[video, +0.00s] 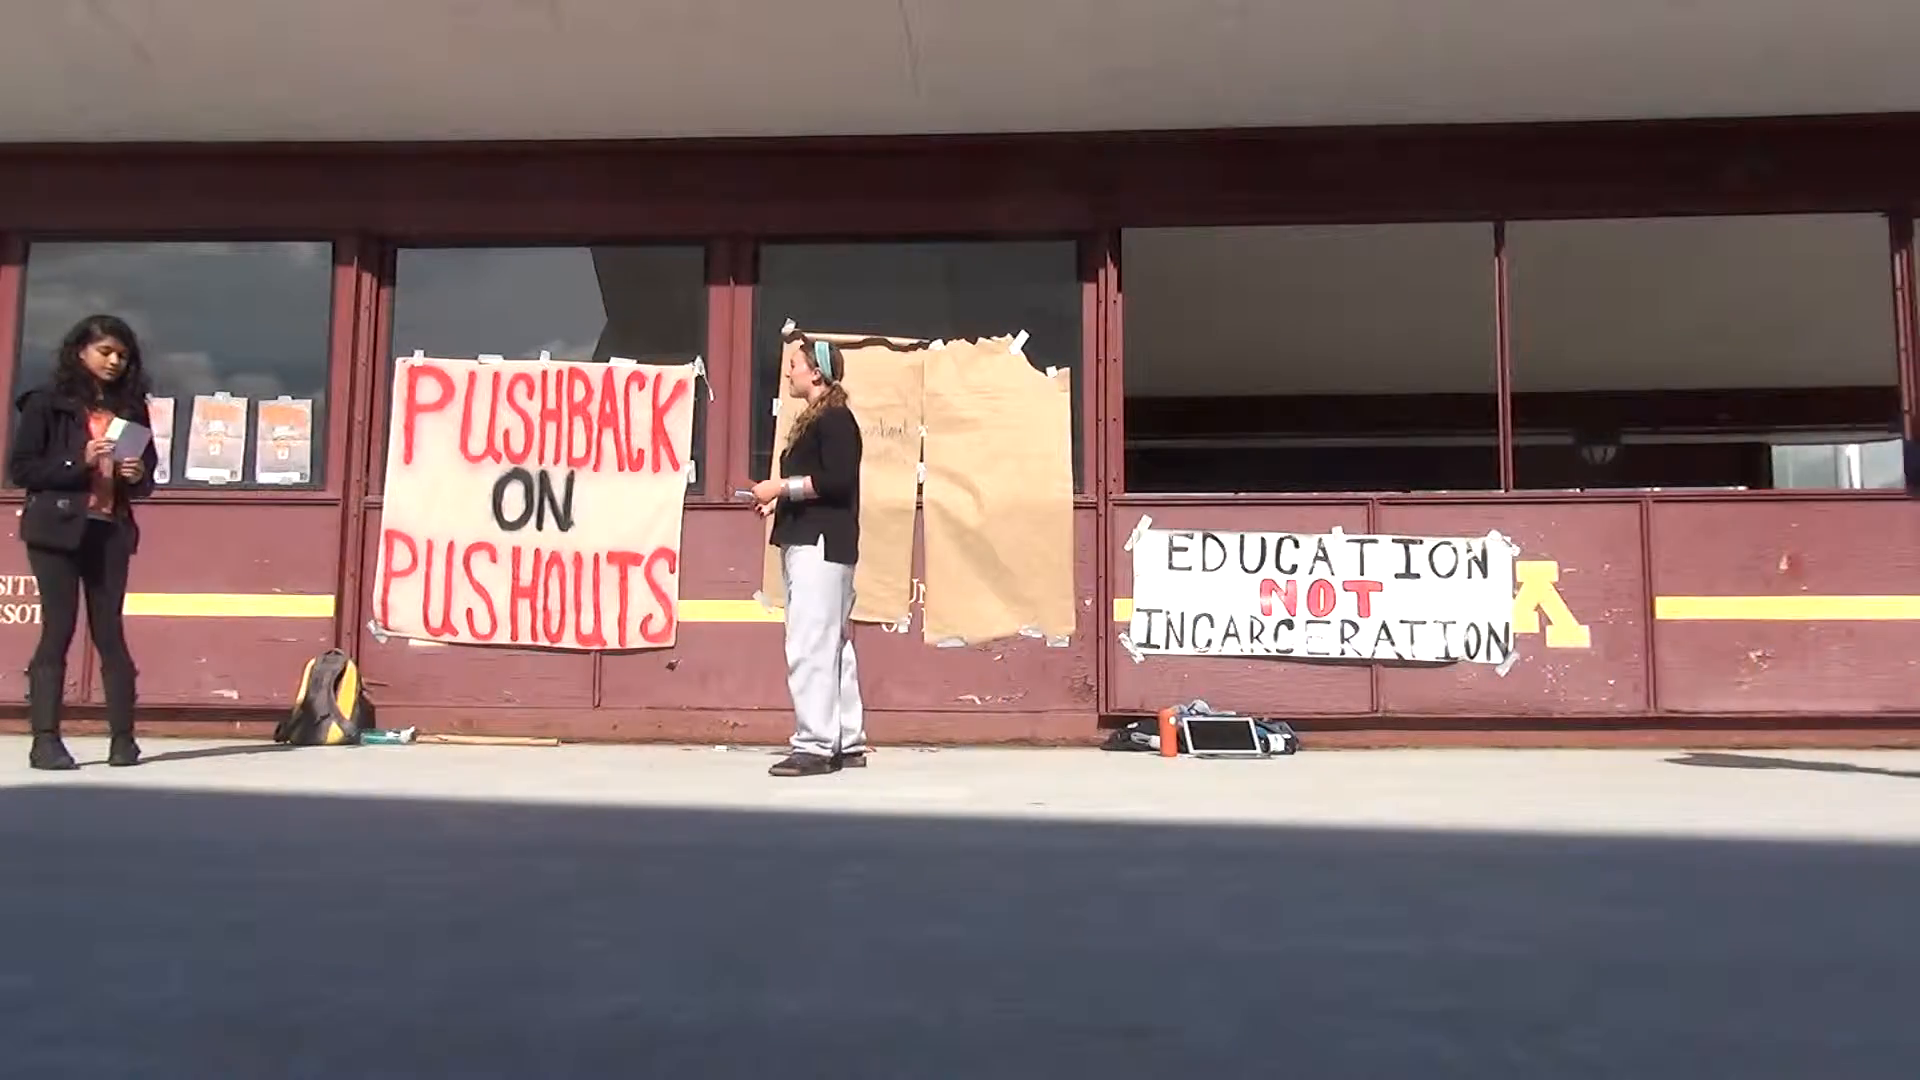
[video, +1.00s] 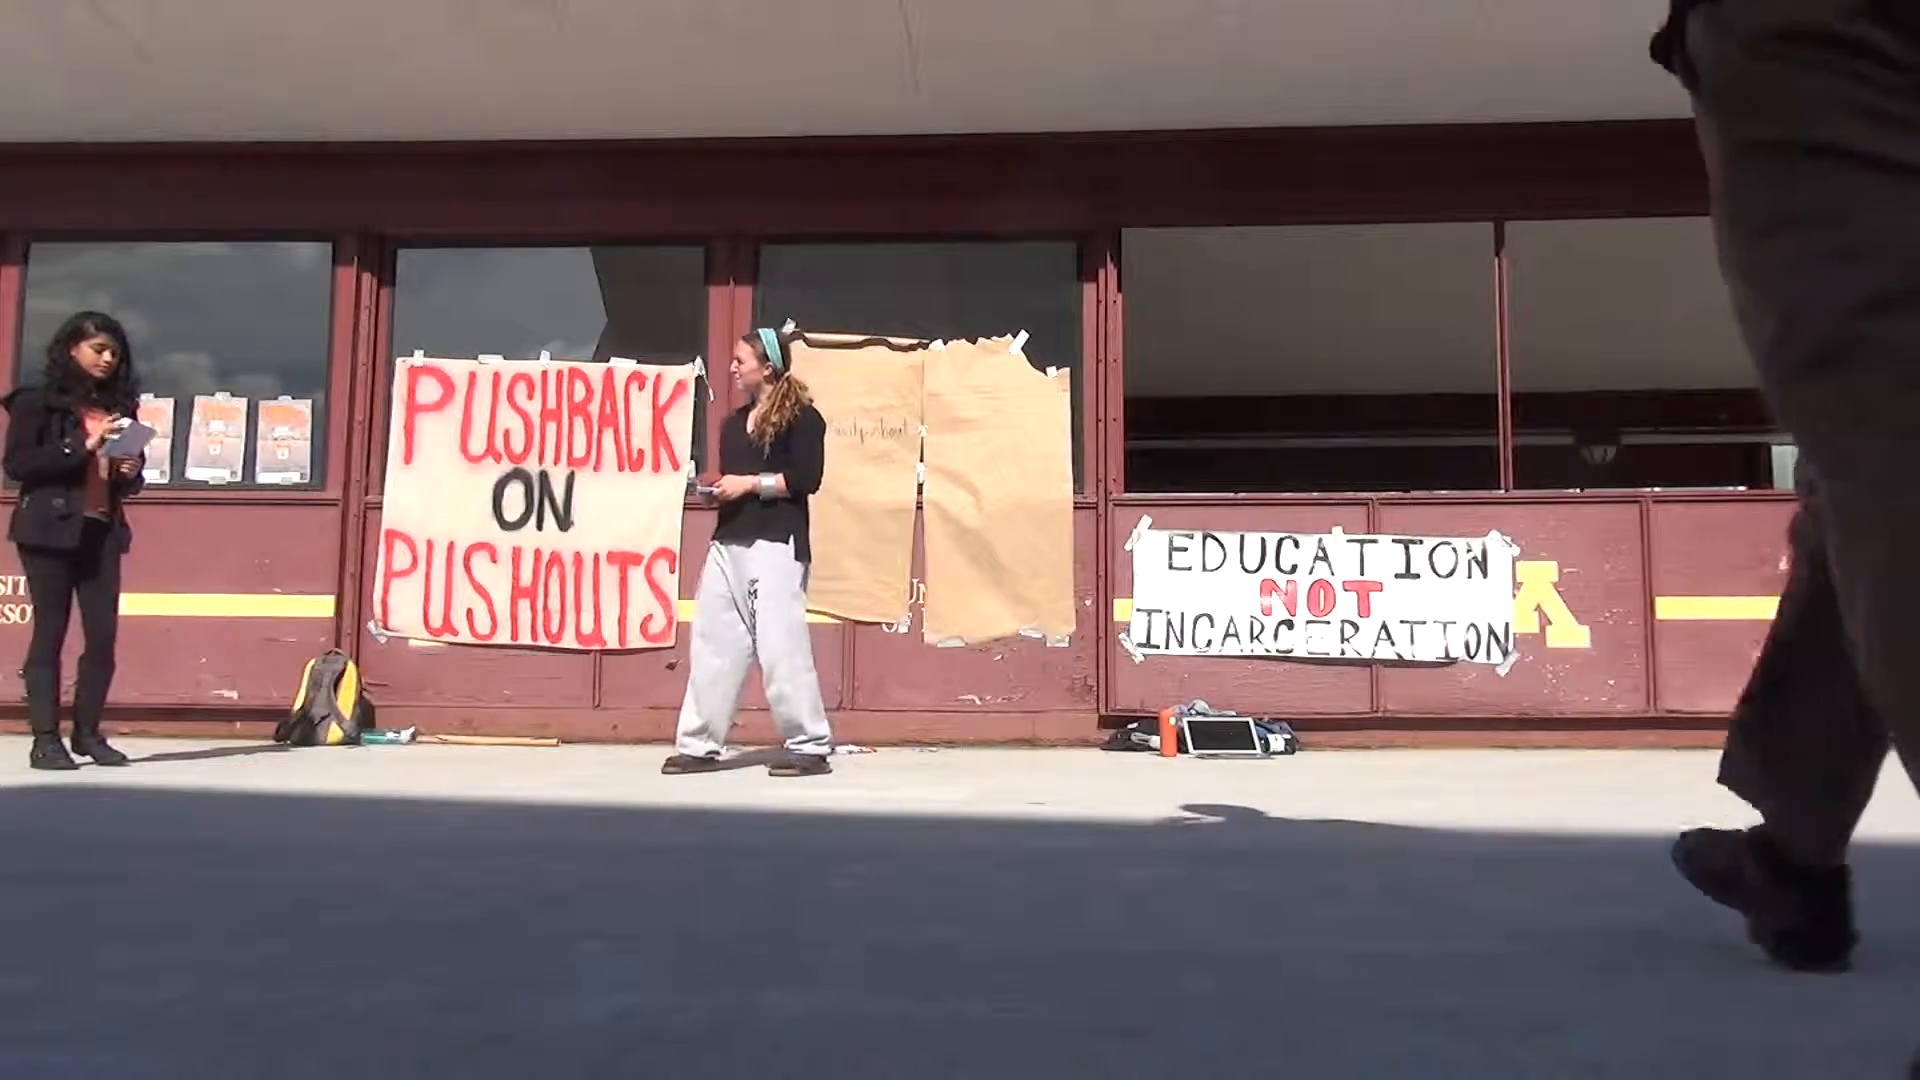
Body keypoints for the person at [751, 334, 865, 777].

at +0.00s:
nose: (787, 372)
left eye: (794, 365)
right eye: (788, 365)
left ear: (816, 372)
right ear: (814, 374)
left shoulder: (833, 419)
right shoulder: (817, 419)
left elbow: (836, 482)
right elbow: (816, 483)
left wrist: (781, 489)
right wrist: (775, 496)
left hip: (820, 547)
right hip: (816, 546)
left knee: (810, 645)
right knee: (829, 643)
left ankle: (814, 744)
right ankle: (847, 740)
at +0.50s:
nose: (770, 362)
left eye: (778, 356)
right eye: (772, 355)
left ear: (802, 364)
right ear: (792, 364)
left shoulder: (825, 409)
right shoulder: (791, 414)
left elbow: (826, 471)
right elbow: (798, 475)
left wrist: (770, 484)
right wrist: (762, 485)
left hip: (806, 542)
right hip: (776, 543)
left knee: (804, 641)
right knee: (763, 639)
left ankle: (815, 746)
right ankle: (815, 734)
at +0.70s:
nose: (759, 359)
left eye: (767, 352)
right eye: (762, 351)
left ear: (792, 362)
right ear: (786, 363)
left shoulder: (823, 411)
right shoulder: (777, 414)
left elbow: (820, 474)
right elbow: (784, 474)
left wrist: (766, 483)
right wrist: (753, 485)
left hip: (798, 541)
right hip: (760, 541)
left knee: (797, 640)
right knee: (743, 638)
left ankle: (813, 745)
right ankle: (753, 739)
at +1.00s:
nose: (733, 369)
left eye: (740, 361)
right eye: (733, 361)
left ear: (767, 367)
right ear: (750, 367)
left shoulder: (802, 416)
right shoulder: (733, 423)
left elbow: (806, 480)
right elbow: (734, 484)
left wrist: (748, 484)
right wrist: (712, 491)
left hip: (775, 544)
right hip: (729, 543)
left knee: (782, 646)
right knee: (714, 645)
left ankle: (809, 746)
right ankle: (699, 746)